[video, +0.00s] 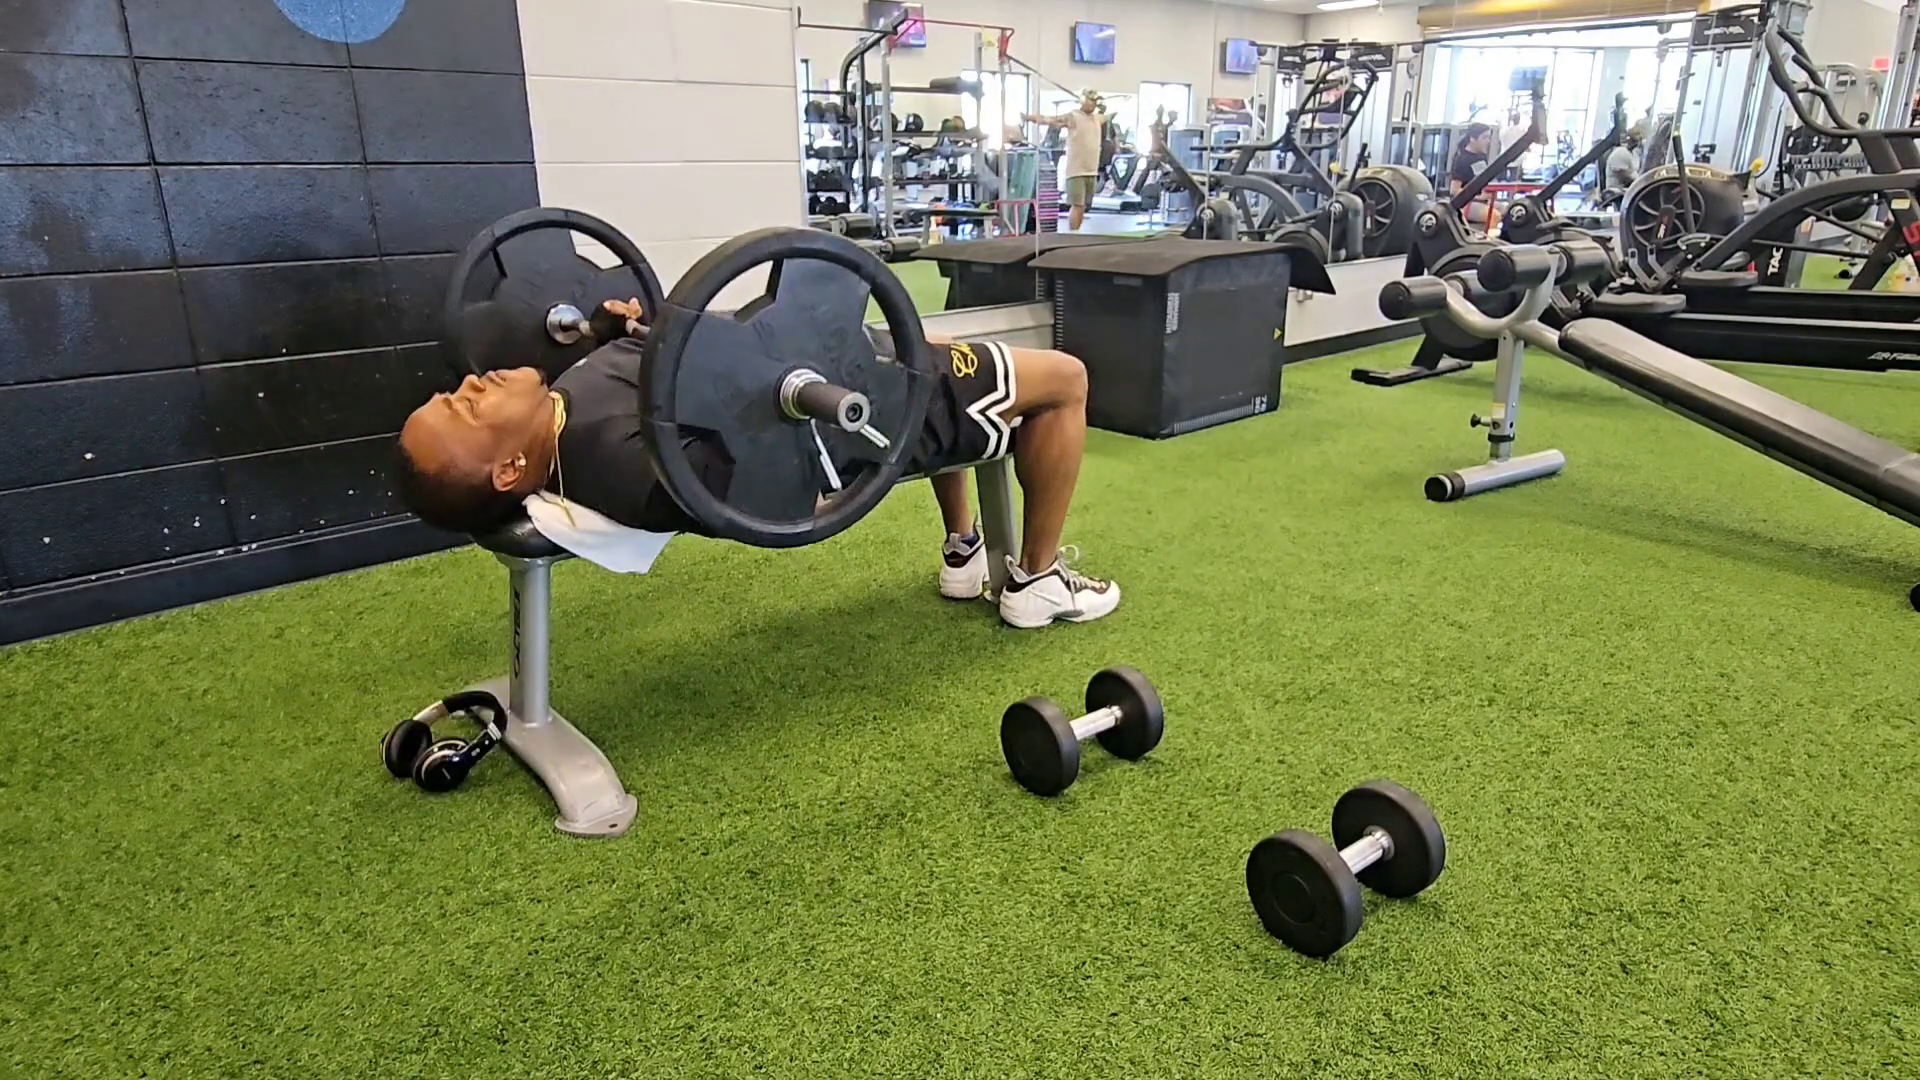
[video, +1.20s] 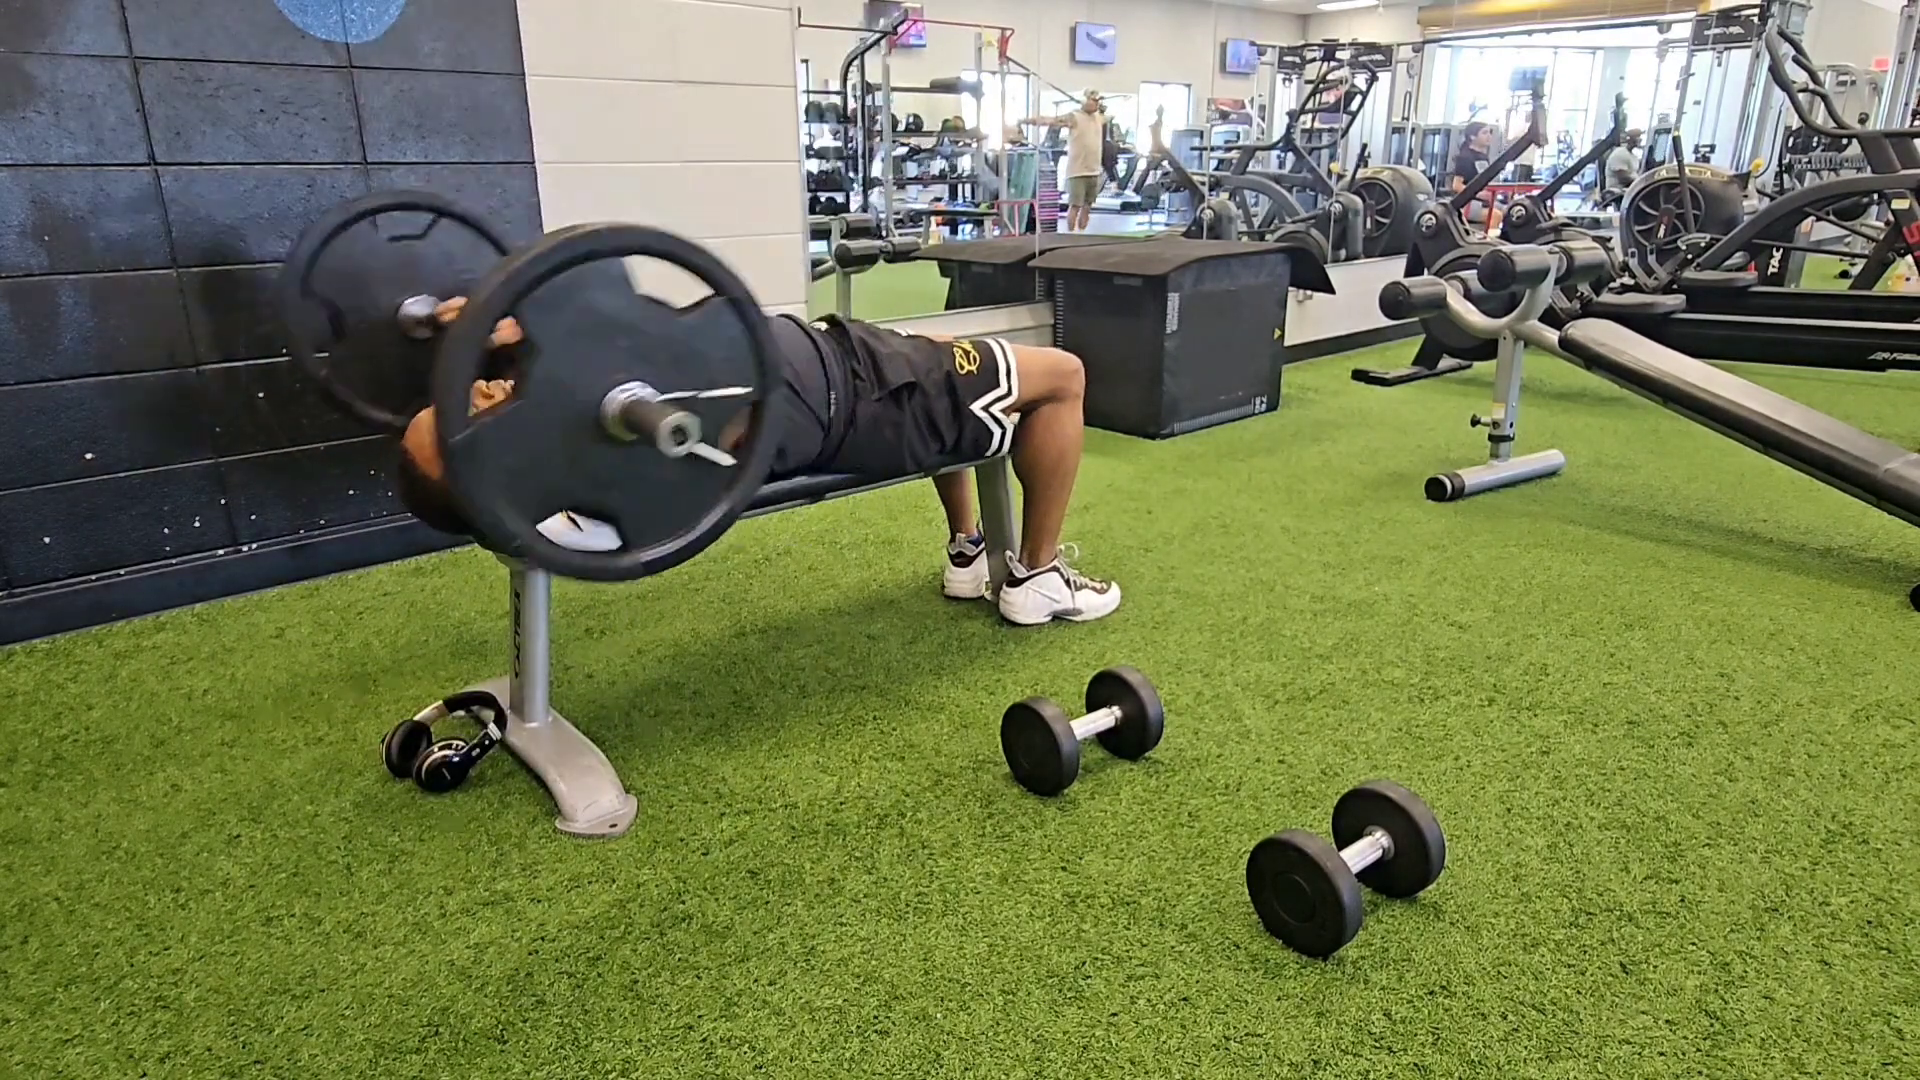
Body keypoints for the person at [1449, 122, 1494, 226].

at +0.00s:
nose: (1488, 141)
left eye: (1489, 137)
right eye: (1485, 137)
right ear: (1472, 139)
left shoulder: (1483, 157)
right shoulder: (1462, 159)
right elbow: (1454, 190)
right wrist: (1480, 197)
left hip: (1484, 200)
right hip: (1466, 203)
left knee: (1506, 209)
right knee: (1494, 216)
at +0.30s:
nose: (1487, 138)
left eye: (1487, 134)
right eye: (1483, 134)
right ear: (1470, 138)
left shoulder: (1483, 157)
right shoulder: (1461, 157)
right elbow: (1452, 186)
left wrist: (1490, 192)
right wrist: (1477, 194)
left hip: (1484, 200)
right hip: (1465, 202)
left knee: (1507, 209)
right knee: (1495, 216)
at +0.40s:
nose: (1487, 138)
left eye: (1487, 134)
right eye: (1483, 134)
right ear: (1470, 137)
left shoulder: (1483, 157)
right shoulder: (1462, 156)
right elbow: (1452, 186)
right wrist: (1475, 191)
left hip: (1484, 200)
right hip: (1465, 202)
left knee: (1507, 211)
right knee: (1495, 216)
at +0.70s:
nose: (1488, 137)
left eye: (1488, 133)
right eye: (1483, 133)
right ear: (1471, 137)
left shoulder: (1483, 157)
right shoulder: (1463, 156)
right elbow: (1456, 183)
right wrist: (1480, 192)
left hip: (1485, 201)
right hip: (1467, 202)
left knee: (1508, 212)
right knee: (1495, 216)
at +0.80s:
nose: (1489, 136)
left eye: (1489, 133)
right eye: (1484, 133)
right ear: (1471, 137)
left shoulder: (1484, 156)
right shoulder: (1464, 156)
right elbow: (1456, 183)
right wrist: (1479, 193)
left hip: (1486, 200)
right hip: (1468, 201)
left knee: (1510, 212)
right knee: (1496, 216)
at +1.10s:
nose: (1490, 136)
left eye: (1490, 132)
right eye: (1485, 133)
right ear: (1473, 137)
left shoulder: (1484, 157)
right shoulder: (1465, 156)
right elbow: (1457, 185)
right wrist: (1479, 194)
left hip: (1485, 201)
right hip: (1468, 203)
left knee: (1507, 211)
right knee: (1496, 216)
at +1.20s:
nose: (1489, 136)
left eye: (1489, 132)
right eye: (1484, 133)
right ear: (1472, 137)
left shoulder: (1484, 157)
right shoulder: (1465, 156)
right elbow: (1457, 185)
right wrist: (1479, 194)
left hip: (1486, 201)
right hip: (1468, 203)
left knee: (1508, 211)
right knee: (1496, 216)